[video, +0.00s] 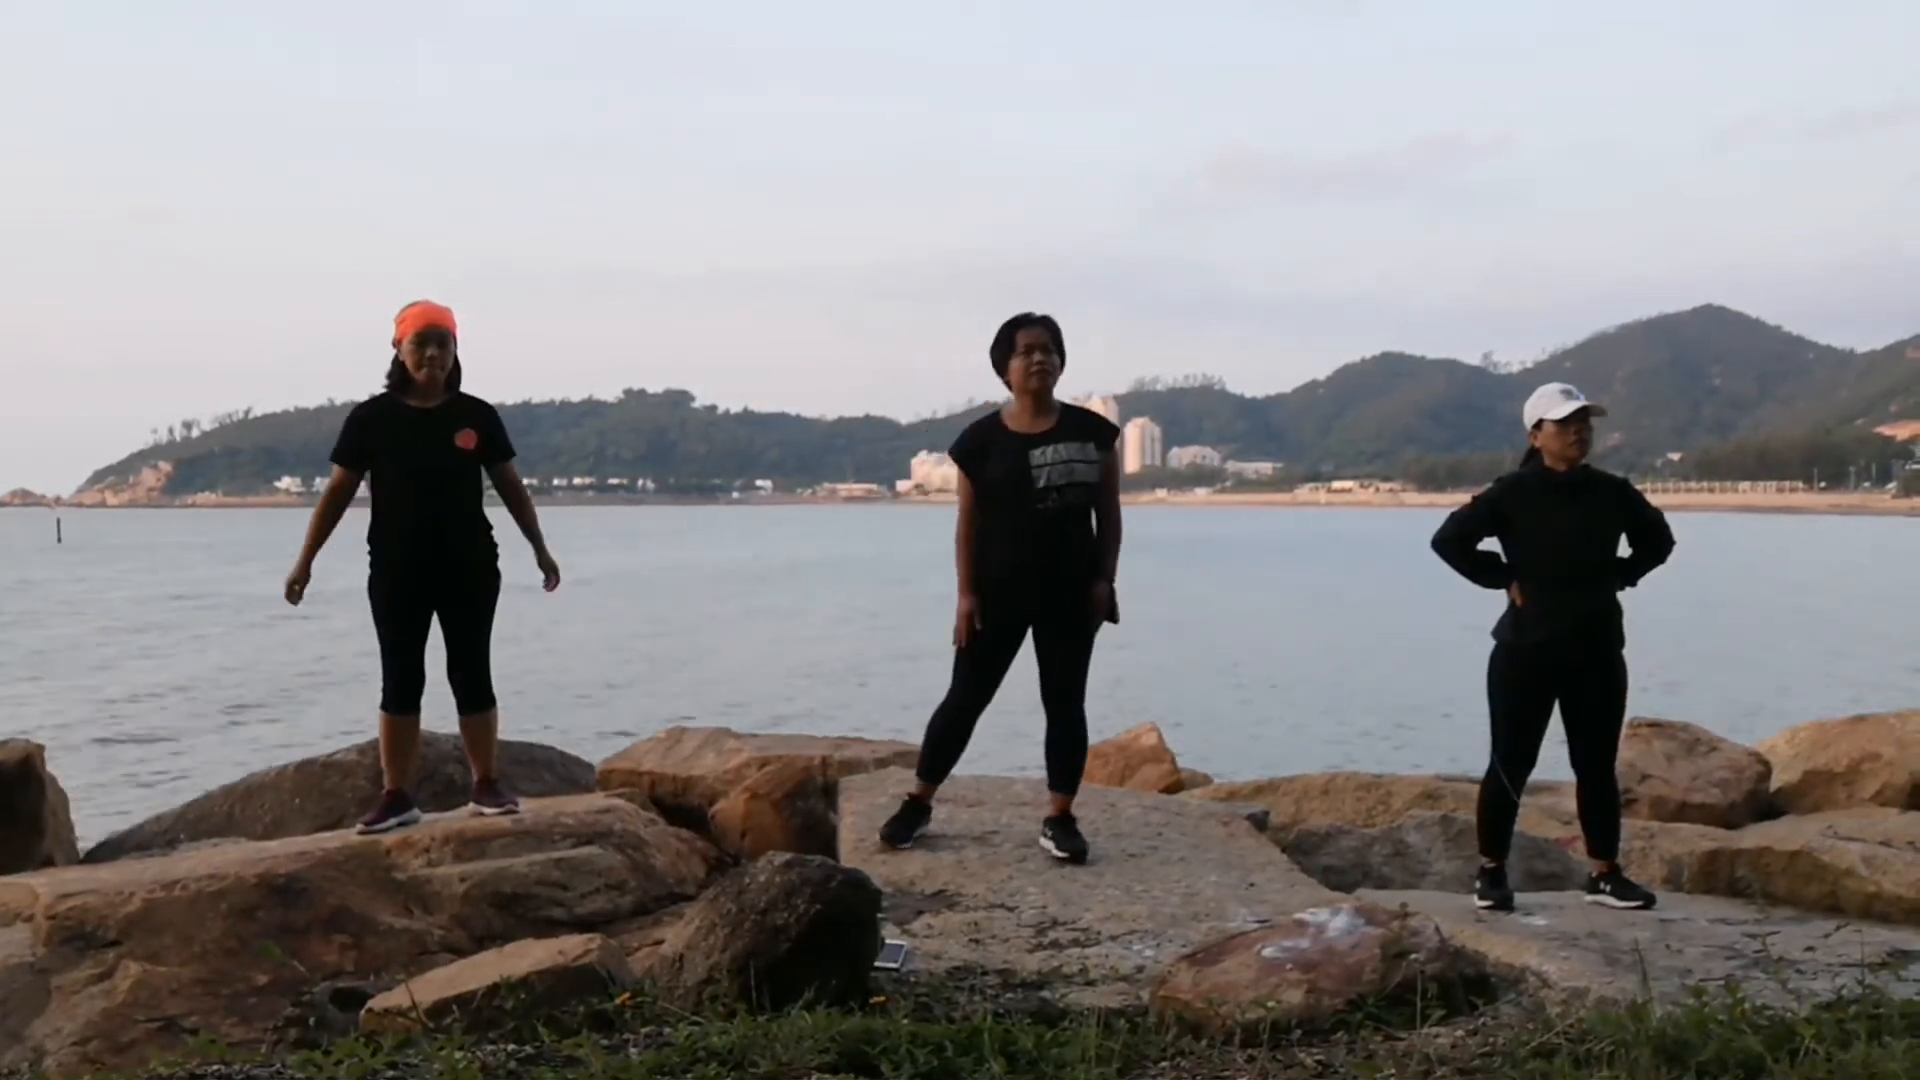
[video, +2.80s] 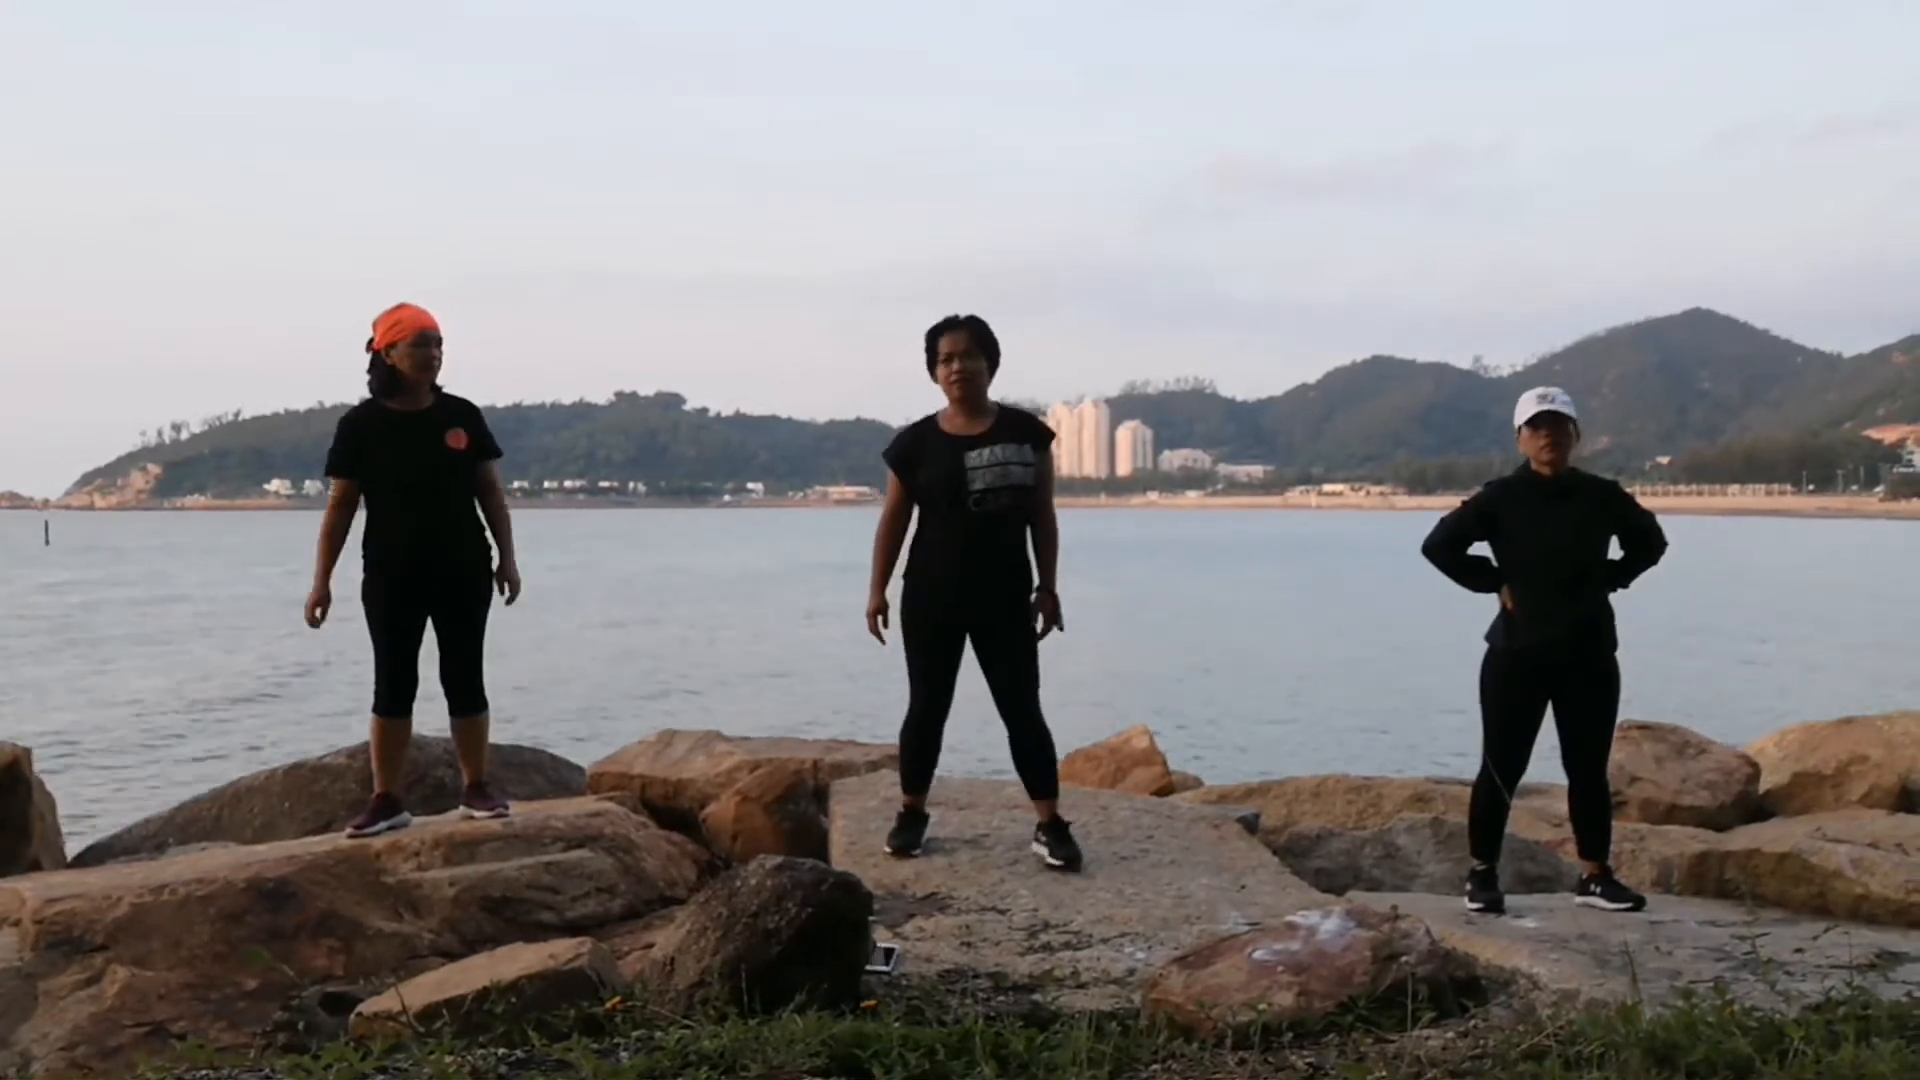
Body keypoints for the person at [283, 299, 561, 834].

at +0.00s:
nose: (432, 352)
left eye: (441, 343)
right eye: (421, 342)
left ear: (454, 350)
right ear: (400, 351)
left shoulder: (477, 418)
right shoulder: (370, 420)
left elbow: (509, 486)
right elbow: (337, 494)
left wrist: (539, 545)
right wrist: (304, 561)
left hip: (468, 570)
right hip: (397, 573)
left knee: (472, 678)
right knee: (400, 685)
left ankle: (485, 785)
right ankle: (395, 796)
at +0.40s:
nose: (430, 353)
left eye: (439, 343)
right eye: (418, 344)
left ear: (451, 350)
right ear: (397, 351)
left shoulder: (476, 416)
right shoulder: (368, 419)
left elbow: (496, 487)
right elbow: (356, 497)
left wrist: (480, 540)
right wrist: (381, 555)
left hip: (466, 569)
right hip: (397, 572)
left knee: (471, 679)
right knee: (398, 685)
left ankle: (484, 786)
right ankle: (395, 796)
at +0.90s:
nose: (432, 353)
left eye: (441, 343)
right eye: (421, 343)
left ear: (453, 351)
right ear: (398, 351)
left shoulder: (476, 417)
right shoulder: (370, 420)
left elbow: (508, 485)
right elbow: (336, 496)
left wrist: (533, 545)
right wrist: (303, 563)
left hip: (468, 569)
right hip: (398, 573)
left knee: (471, 679)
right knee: (399, 685)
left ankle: (482, 786)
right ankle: (392, 797)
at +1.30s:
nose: (431, 352)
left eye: (440, 342)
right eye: (420, 343)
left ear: (453, 350)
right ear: (399, 351)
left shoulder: (476, 416)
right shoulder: (371, 419)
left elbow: (497, 492)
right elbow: (360, 503)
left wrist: (489, 551)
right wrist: (374, 567)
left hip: (466, 571)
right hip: (399, 574)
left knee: (471, 680)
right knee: (398, 687)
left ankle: (482, 787)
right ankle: (391, 796)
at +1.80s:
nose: (442, 351)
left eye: (447, 341)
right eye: (429, 342)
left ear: (453, 348)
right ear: (398, 350)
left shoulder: (473, 416)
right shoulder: (370, 421)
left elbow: (502, 489)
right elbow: (339, 500)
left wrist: (522, 551)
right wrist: (318, 571)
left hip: (468, 572)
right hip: (398, 575)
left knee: (470, 680)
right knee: (398, 687)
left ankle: (479, 788)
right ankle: (390, 798)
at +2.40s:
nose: (440, 351)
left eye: (443, 342)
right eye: (427, 343)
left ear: (446, 349)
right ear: (393, 352)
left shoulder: (466, 414)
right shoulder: (363, 423)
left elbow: (492, 484)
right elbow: (355, 503)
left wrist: (480, 535)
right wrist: (394, 554)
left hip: (464, 571)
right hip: (395, 574)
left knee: (467, 680)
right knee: (395, 686)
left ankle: (477, 789)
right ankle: (387, 798)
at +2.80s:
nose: (435, 352)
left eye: (438, 343)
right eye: (422, 344)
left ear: (441, 350)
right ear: (388, 354)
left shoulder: (462, 416)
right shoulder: (361, 425)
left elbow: (490, 492)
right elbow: (340, 506)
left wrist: (507, 556)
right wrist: (321, 580)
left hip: (462, 573)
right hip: (393, 578)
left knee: (465, 683)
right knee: (393, 690)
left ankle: (476, 789)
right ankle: (385, 799)